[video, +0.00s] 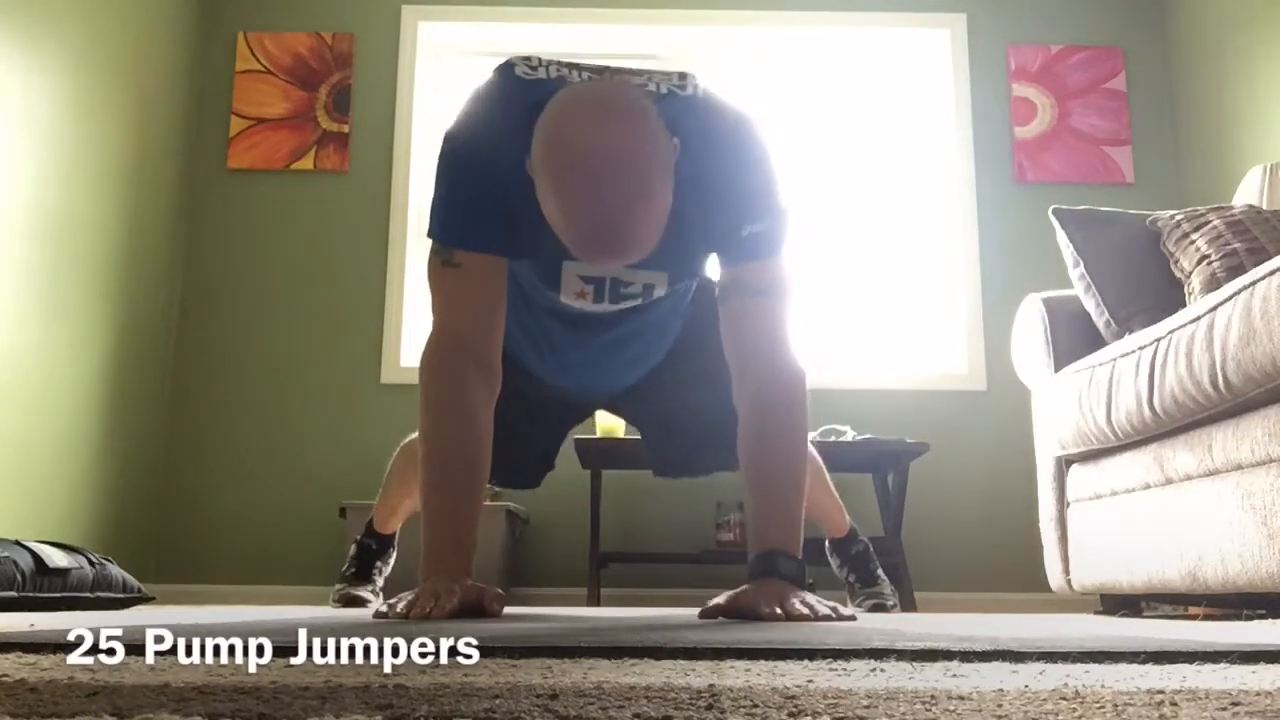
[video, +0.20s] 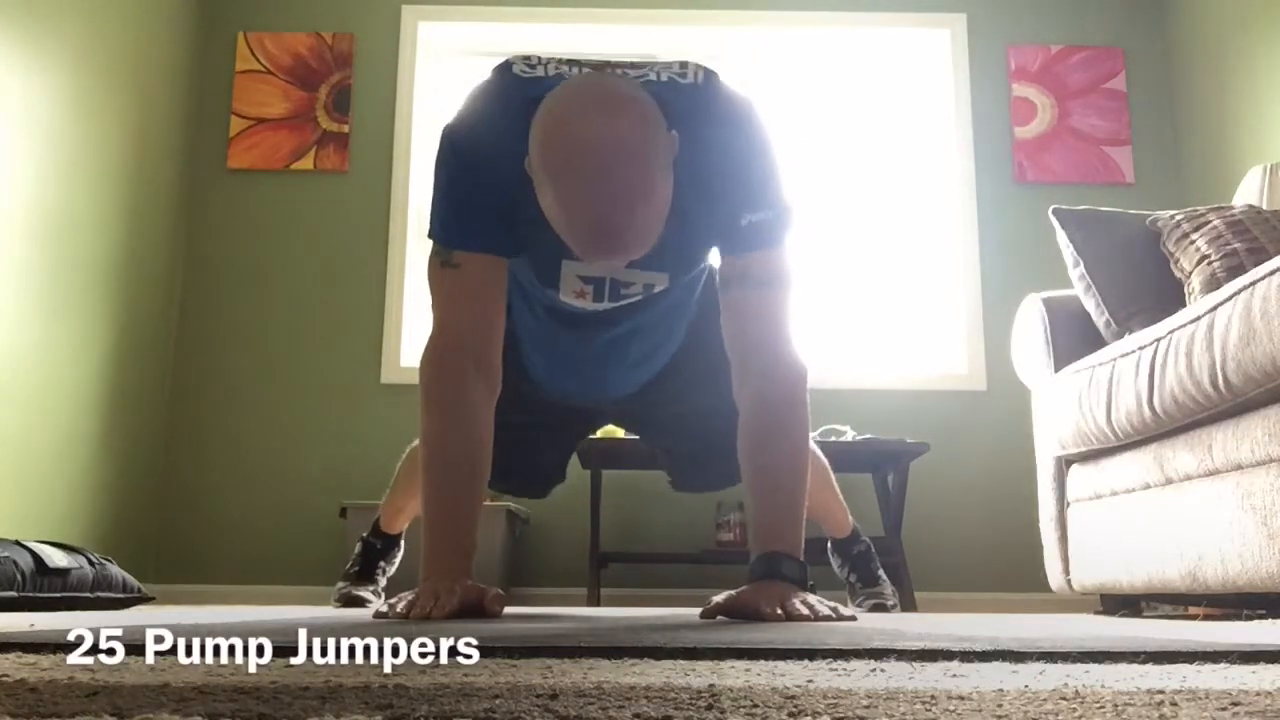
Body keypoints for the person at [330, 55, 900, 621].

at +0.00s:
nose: (605, 283)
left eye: (631, 269)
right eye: (584, 267)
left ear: (672, 167)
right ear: (536, 176)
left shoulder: (731, 154)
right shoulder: (482, 145)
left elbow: (768, 369)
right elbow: (459, 361)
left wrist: (776, 571)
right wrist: (448, 578)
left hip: (671, 330)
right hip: (529, 338)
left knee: (771, 439)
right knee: (449, 452)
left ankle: (854, 549)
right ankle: (374, 534)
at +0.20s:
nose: (611, 279)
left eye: (635, 262)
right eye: (587, 265)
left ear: (671, 160)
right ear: (535, 175)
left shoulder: (729, 136)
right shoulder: (479, 144)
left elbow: (770, 366)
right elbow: (460, 362)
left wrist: (777, 570)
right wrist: (448, 577)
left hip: (679, 329)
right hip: (532, 332)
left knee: (776, 439)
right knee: (452, 441)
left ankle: (855, 549)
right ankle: (379, 537)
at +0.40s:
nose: (605, 195)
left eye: (633, 159)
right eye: (579, 159)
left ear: (676, 105)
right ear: (539, 102)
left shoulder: (735, 125)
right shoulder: (483, 133)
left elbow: (776, 360)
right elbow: (461, 356)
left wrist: (779, 574)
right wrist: (445, 580)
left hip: (690, 339)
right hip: (540, 336)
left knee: (787, 453)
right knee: (445, 449)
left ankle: (855, 551)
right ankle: (384, 547)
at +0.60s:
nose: (608, 107)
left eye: (642, 67)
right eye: (577, 67)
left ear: (684, 60)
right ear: (542, 59)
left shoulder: (735, 112)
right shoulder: (493, 114)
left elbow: (778, 362)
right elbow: (460, 351)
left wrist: (779, 574)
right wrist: (445, 581)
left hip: (693, 350)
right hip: (541, 347)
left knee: (785, 458)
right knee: (449, 454)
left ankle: (858, 552)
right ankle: (380, 544)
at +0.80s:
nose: (608, 105)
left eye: (641, 65)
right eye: (578, 64)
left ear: (684, 60)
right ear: (542, 59)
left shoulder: (734, 110)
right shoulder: (492, 113)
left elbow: (779, 355)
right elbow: (459, 351)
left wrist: (781, 573)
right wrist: (445, 581)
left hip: (687, 341)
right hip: (538, 340)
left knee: (785, 458)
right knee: (444, 456)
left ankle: (856, 552)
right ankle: (379, 541)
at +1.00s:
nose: (609, 113)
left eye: (643, 71)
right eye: (579, 70)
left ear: (685, 63)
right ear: (544, 63)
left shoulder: (733, 118)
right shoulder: (493, 117)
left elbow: (780, 358)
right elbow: (459, 352)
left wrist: (783, 574)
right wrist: (445, 582)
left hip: (687, 356)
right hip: (532, 355)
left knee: (786, 454)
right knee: (445, 455)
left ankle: (859, 558)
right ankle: (377, 545)